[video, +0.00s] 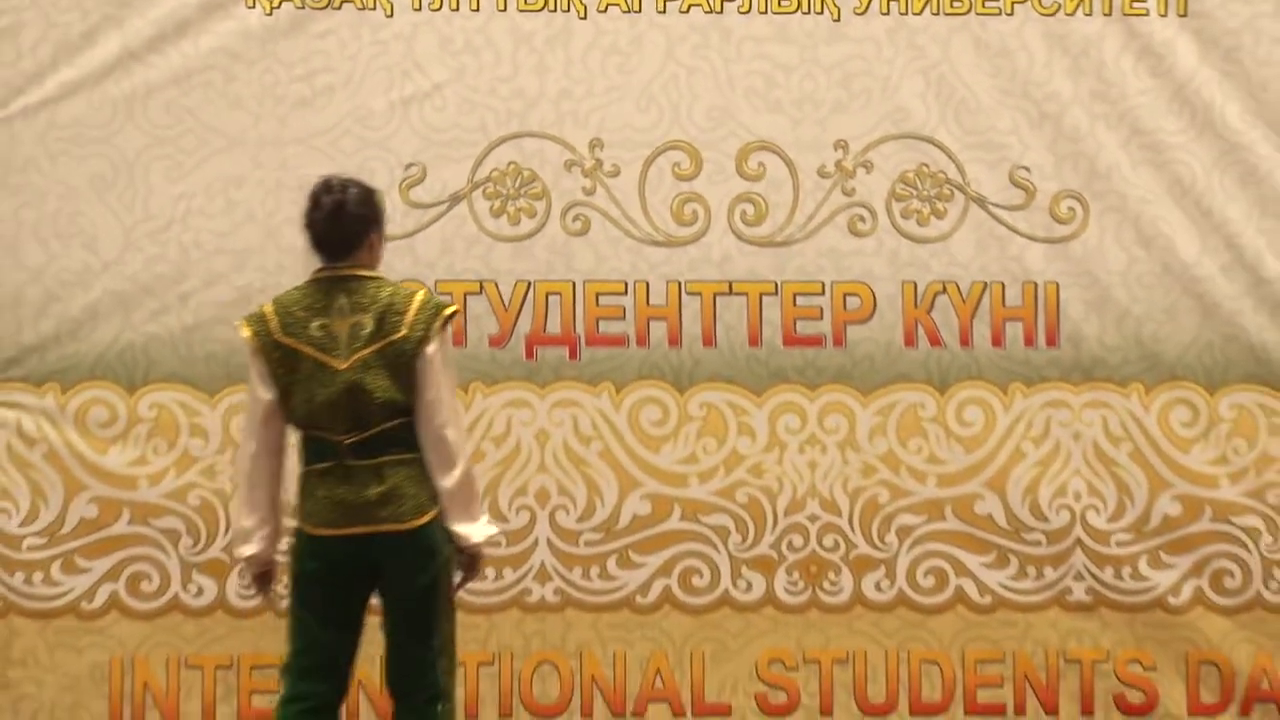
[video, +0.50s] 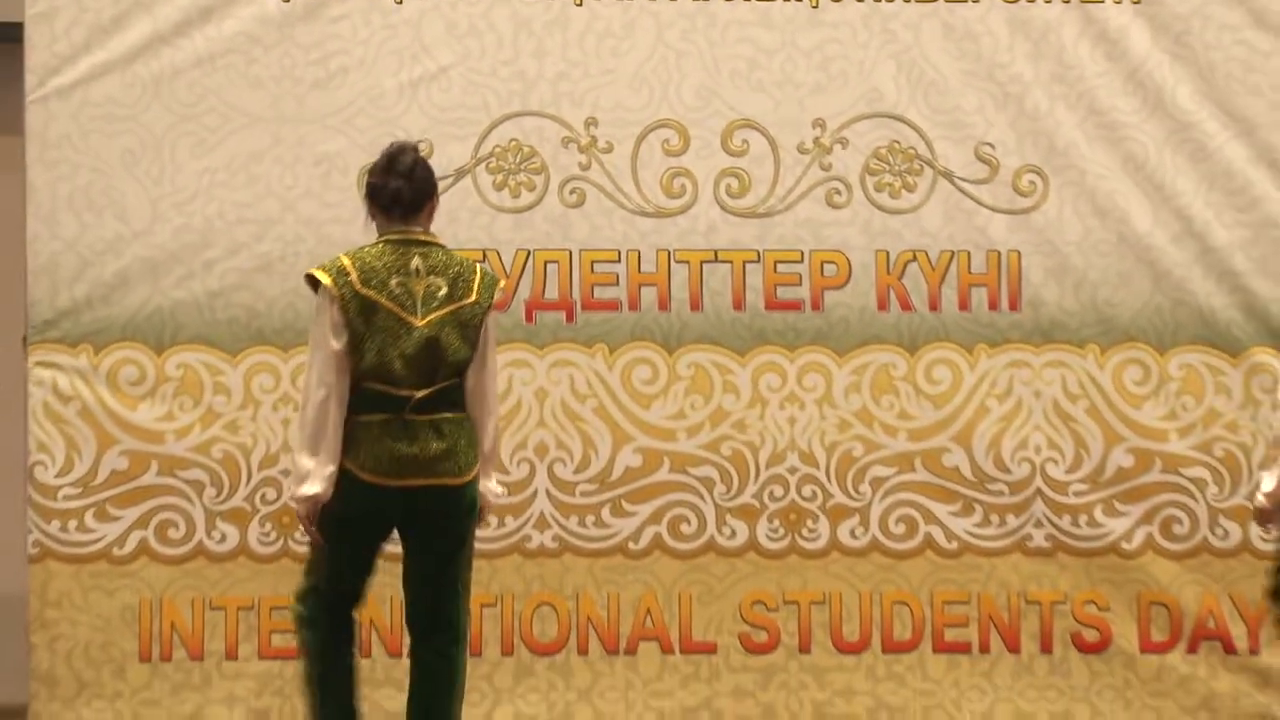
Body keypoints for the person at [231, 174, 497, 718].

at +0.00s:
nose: (383, 240)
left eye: (378, 231)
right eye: (381, 231)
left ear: (313, 239)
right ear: (373, 237)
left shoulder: (274, 323)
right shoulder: (413, 310)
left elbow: (264, 445)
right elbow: (440, 430)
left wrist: (258, 544)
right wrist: (468, 528)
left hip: (327, 539)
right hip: (411, 533)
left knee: (310, 691)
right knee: (422, 694)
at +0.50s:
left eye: (375, 201)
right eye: (426, 200)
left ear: (370, 207)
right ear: (432, 206)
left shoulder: (344, 278)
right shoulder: (473, 279)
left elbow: (326, 388)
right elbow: (482, 388)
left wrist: (313, 481)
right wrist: (484, 476)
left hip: (363, 485)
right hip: (446, 487)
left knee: (326, 608)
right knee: (439, 628)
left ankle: (336, 714)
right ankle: (435, 717)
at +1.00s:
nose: (363, 190)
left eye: (350, 180)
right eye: (390, 183)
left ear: (346, 185)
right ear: (405, 188)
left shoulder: (314, 252)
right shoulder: (433, 259)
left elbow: (292, 352)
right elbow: (444, 362)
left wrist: (277, 438)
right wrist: (449, 445)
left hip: (322, 444)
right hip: (399, 448)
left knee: (306, 584)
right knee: (412, 584)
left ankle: (300, 718)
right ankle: (430, 714)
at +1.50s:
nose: (369, 179)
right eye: (370, 171)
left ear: (314, 173)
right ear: (368, 174)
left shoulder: (276, 240)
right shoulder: (394, 240)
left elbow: (265, 338)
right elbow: (411, 337)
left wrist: (259, 417)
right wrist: (420, 416)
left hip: (304, 421)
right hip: (377, 421)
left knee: (307, 544)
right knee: (386, 534)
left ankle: (311, 667)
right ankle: (377, 659)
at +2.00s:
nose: (394, 182)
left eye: (382, 175)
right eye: (394, 175)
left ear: (340, 181)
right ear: (390, 180)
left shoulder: (310, 243)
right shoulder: (418, 236)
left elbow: (300, 336)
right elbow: (435, 329)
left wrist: (296, 410)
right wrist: (455, 403)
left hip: (345, 410)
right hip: (412, 408)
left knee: (336, 528)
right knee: (419, 532)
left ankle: (317, 648)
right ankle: (416, 652)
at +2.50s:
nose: (392, 185)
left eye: (381, 177)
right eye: (415, 176)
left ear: (376, 180)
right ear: (425, 181)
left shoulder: (352, 239)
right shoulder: (455, 242)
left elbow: (338, 323)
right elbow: (460, 326)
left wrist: (330, 393)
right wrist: (462, 392)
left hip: (367, 398)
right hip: (432, 401)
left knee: (344, 500)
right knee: (424, 515)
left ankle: (351, 616)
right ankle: (417, 625)